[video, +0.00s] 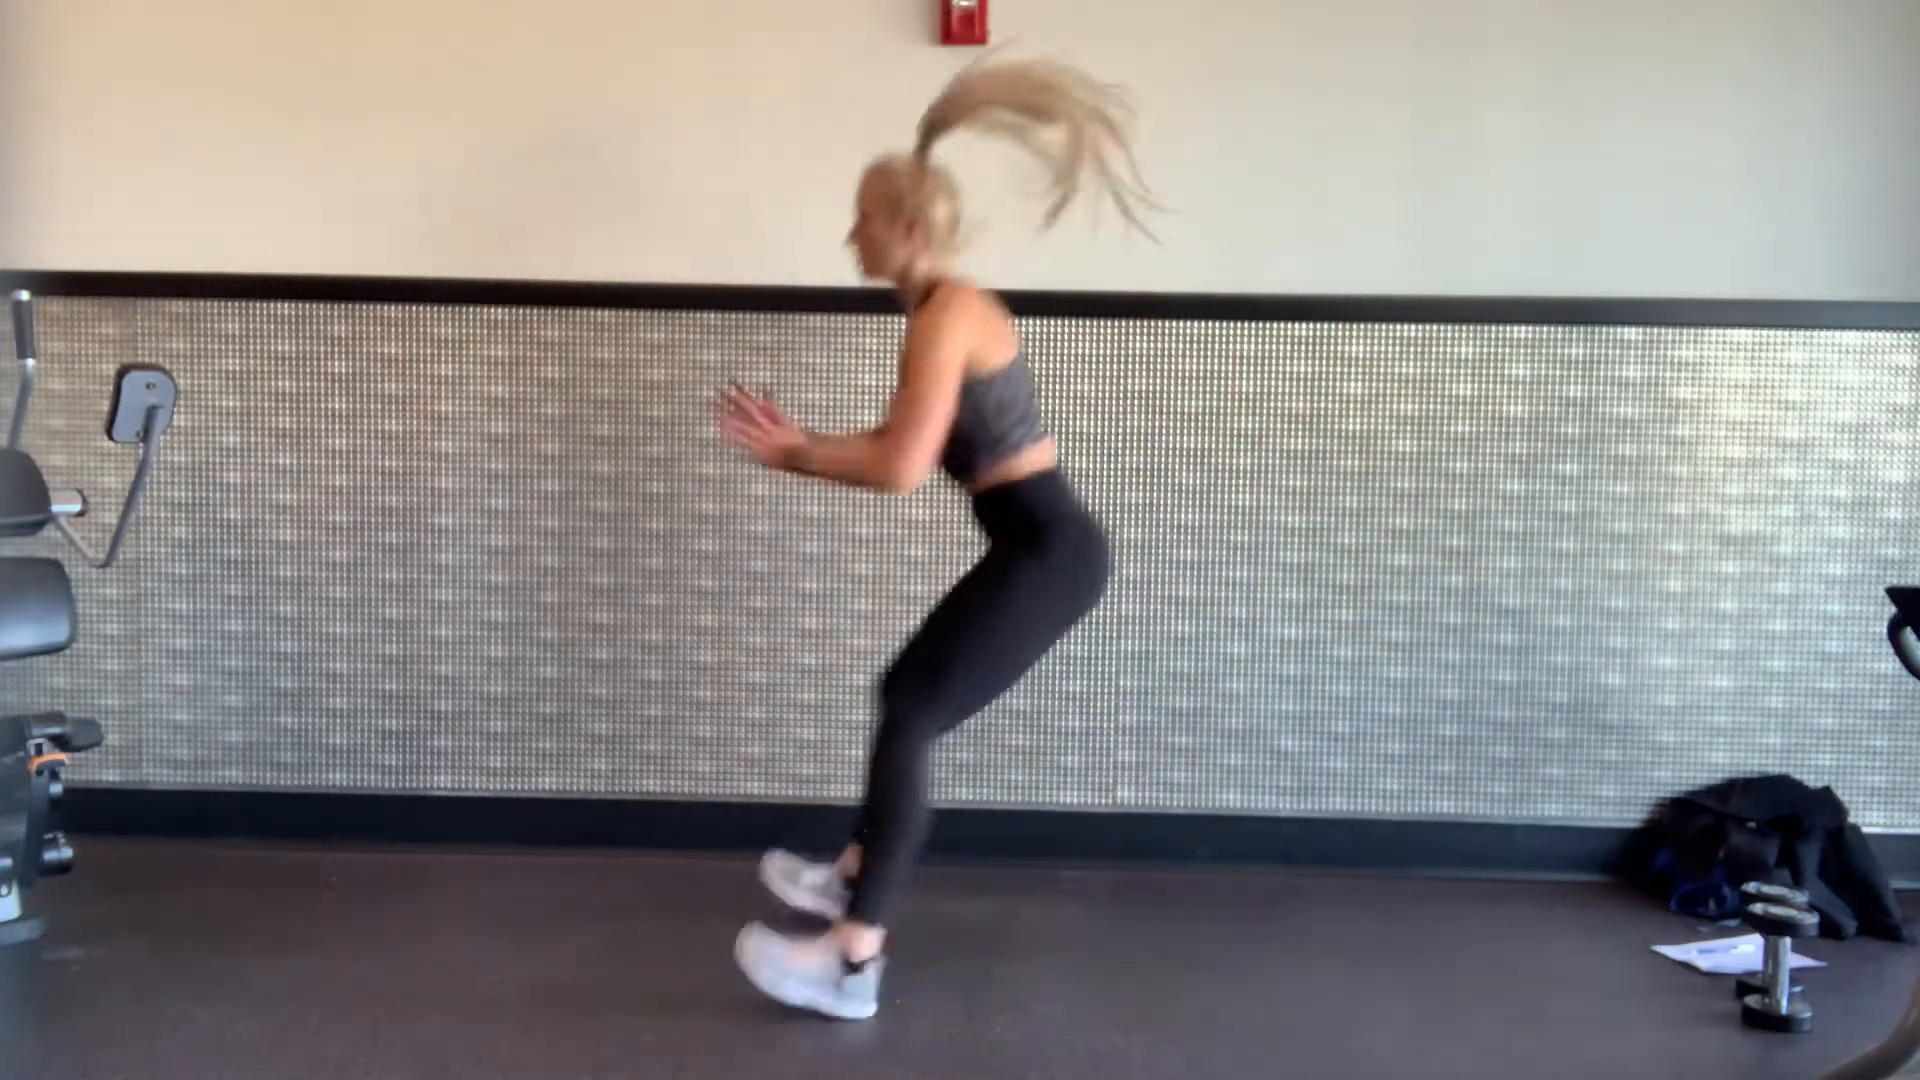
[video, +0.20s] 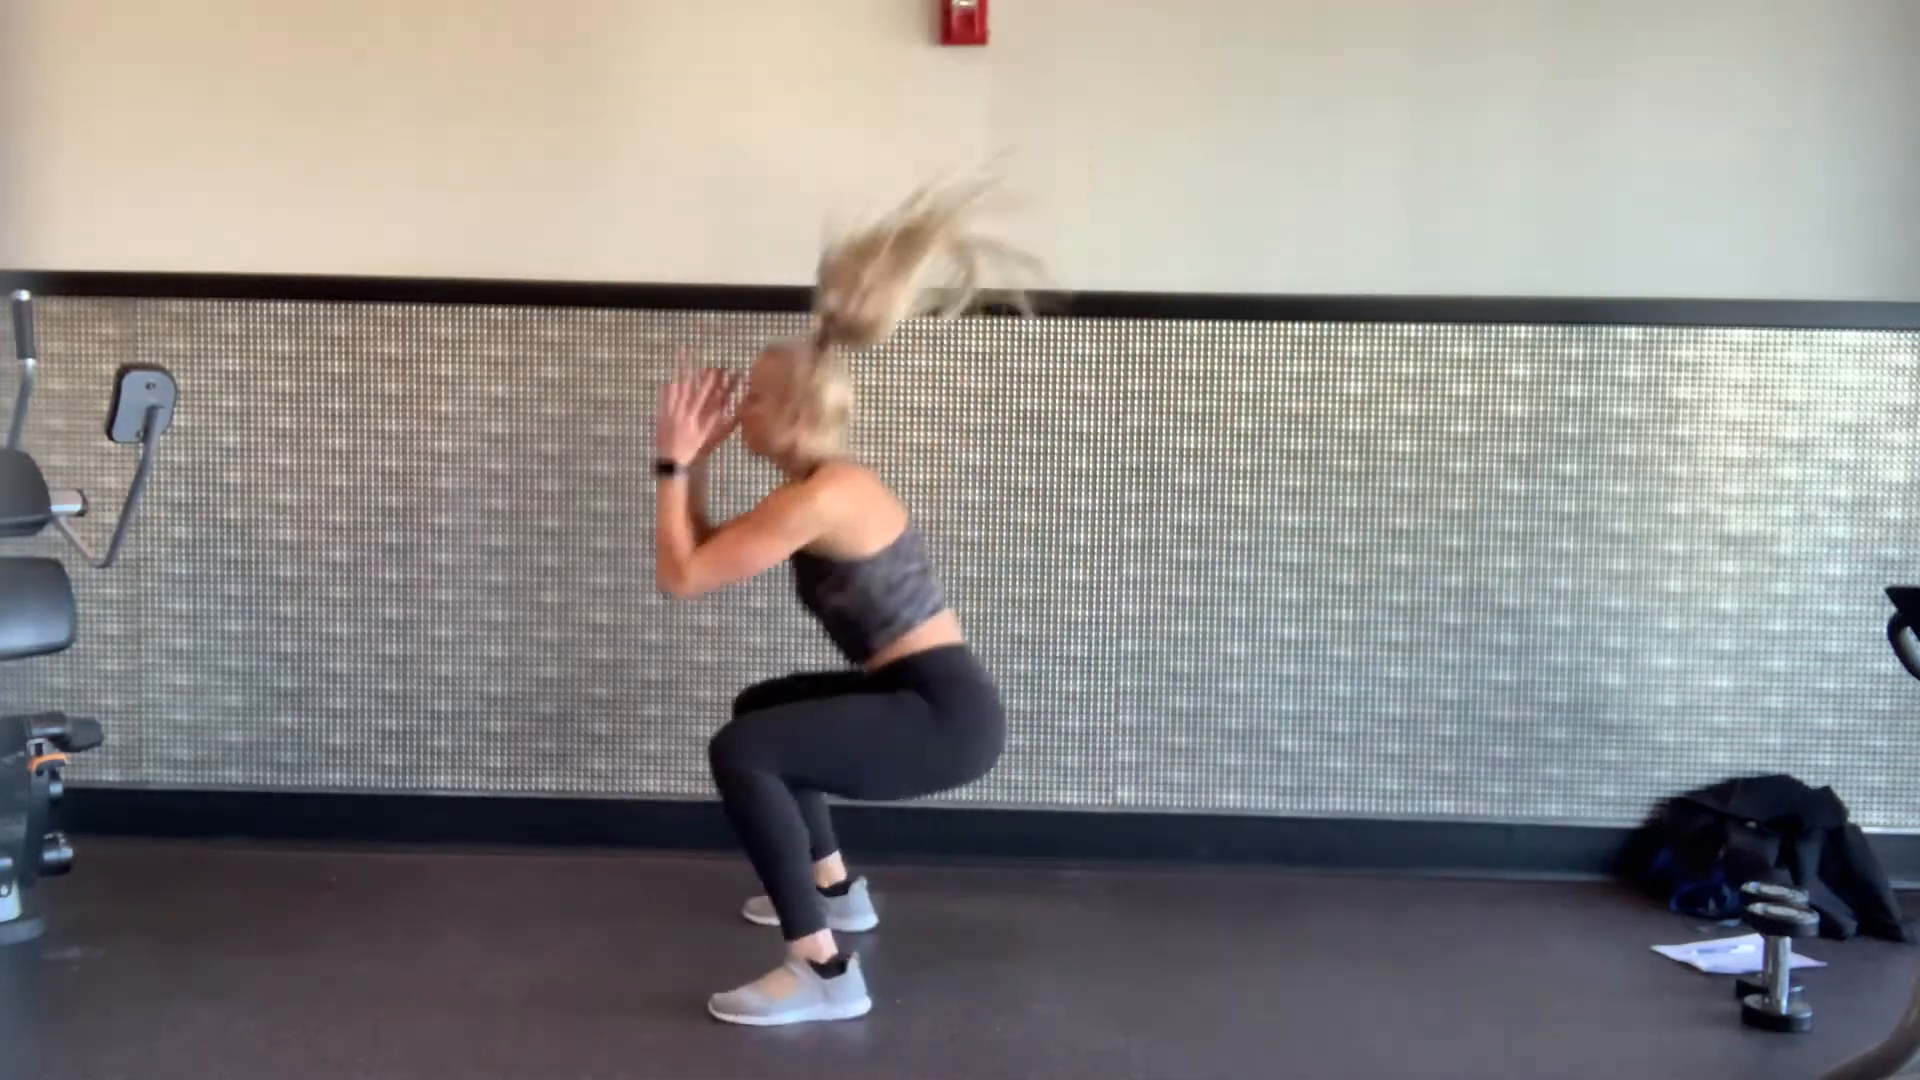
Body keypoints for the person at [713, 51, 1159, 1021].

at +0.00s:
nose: (853, 233)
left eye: (864, 219)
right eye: (857, 217)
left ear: (904, 231)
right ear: (917, 228)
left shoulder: (947, 316)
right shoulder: (947, 309)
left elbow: (902, 469)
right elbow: (901, 448)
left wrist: (793, 453)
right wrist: (802, 444)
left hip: (1051, 553)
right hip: (1035, 545)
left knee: (913, 712)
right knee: (904, 695)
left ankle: (857, 952)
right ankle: (854, 878)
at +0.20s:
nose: (739, 405)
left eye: (753, 395)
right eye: (745, 390)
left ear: (788, 418)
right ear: (806, 416)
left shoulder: (825, 493)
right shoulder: (830, 483)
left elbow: (681, 575)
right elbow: (699, 561)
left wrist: (673, 465)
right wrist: (683, 465)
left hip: (943, 717)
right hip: (924, 697)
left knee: (744, 751)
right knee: (757, 708)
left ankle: (823, 972)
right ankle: (831, 888)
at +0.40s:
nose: (669, 445)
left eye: (684, 436)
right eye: (676, 432)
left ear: (724, 459)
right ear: (733, 460)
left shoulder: (756, 531)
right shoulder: (766, 519)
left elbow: (629, 641)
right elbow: (647, 615)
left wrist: (603, 534)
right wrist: (626, 532)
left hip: (915, 729)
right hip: (902, 707)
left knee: (717, 765)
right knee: (734, 716)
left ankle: (822, 968)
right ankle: (831, 888)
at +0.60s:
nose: (642, 405)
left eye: (654, 394)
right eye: (646, 391)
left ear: (694, 410)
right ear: (710, 409)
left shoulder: (733, 489)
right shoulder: (755, 473)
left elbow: (660, 639)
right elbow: (672, 604)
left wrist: (579, 565)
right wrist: (606, 546)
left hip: (909, 672)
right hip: (896, 655)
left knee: (716, 760)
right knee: (737, 715)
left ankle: (820, 965)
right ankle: (835, 890)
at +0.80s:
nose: (664, 303)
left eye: (679, 291)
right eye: (671, 289)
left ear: (721, 311)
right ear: (741, 310)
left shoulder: (754, 409)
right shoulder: (784, 387)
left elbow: (769, 567)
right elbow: (789, 532)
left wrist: (691, 652)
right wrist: (699, 563)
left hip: (887, 618)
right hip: (886, 606)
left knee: (711, 764)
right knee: (745, 730)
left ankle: (820, 965)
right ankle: (831, 888)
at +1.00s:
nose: (743, 195)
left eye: (757, 182)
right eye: (749, 180)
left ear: (800, 196)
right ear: (822, 197)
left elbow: (702, 422)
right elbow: (947, 408)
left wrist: (638, 342)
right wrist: (976, 517)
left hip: (873, 555)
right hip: (867, 540)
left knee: (738, 748)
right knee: (696, 595)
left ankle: (820, 963)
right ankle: (800, 762)